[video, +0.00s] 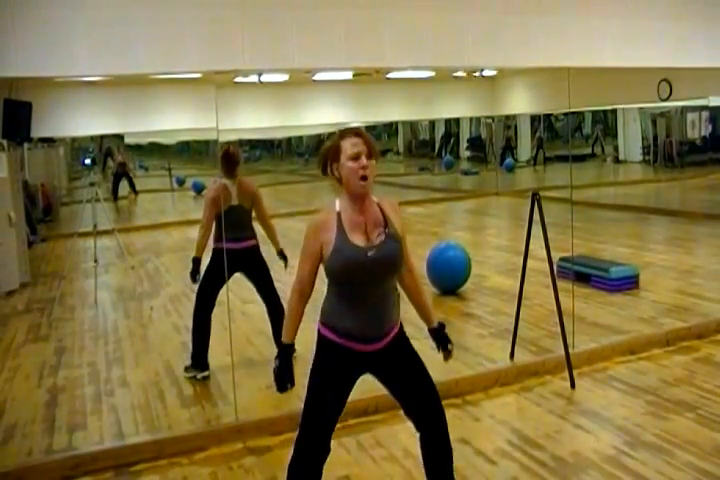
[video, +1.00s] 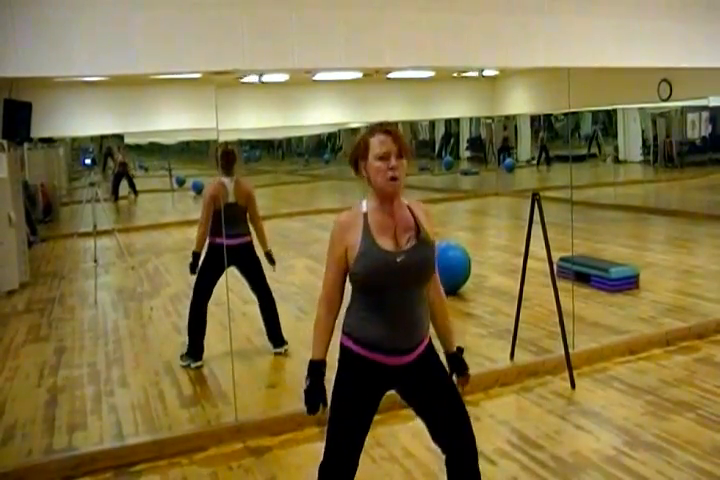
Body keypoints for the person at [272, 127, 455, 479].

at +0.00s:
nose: (364, 164)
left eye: (368, 157)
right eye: (354, 158)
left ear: (374, 164)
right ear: (335, 171)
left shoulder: (390, 212)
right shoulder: (322, 226)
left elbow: (407, 272)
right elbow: (301, 291)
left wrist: (434, 326)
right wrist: (285, 349)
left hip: (391, 343)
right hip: (339, 349)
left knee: (433, 421)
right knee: (312, 445)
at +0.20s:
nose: (372, 193)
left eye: (376, 185)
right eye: (362, 187)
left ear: (383, 194)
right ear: (345, 202)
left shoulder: (402, 244)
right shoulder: (335, 256)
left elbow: (424, 304)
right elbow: (308, 328)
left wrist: (453, 357)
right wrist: (288, 390)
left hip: (397, 364)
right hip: (342, 371)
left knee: (449, 433)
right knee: (310, 461)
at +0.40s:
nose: (374, 150)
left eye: (379, 142)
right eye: (364, 144)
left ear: (387, 148)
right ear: (347, 155)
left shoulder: (403, 196)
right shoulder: (333, 208)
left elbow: (422, 261)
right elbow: (314, 279)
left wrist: (451, 319)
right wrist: (300, 343)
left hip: (407, 333)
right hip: (356, 338)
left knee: (442, 423)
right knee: (331, 435)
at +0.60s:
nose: (380, 163)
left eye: (384, 154)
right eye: (370, 156)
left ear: (392, 160)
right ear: (353, 165)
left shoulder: (410, 208)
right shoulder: (339, 218)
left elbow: (433, 270)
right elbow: (315, 288)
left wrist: (471, 322)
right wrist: (295, 349)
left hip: (415, 346)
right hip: (361, 352)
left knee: (459, 436)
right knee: (340, 453)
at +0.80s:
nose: (386, 179)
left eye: (392, 170)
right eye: (376, 172)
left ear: (400, 177)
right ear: (360, 181)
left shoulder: (419, 231)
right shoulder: (345, 237)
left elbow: (437, 296)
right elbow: (322, 312)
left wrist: (470, 351)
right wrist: (302, 376)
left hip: (418, 368)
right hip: (361, 373)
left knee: (470, 450)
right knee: (337, 471)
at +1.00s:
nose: (392, 164)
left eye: (398, 156)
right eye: (382, 158)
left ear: (405, 162)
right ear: (363, 168)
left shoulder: (419, 215)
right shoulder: (348, 226)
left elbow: (433, 288)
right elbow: (329, 304)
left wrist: (453, 351)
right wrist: (315, 372)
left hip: (418, 359)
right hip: (363, 364)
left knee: (462, 446)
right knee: (339, 465)